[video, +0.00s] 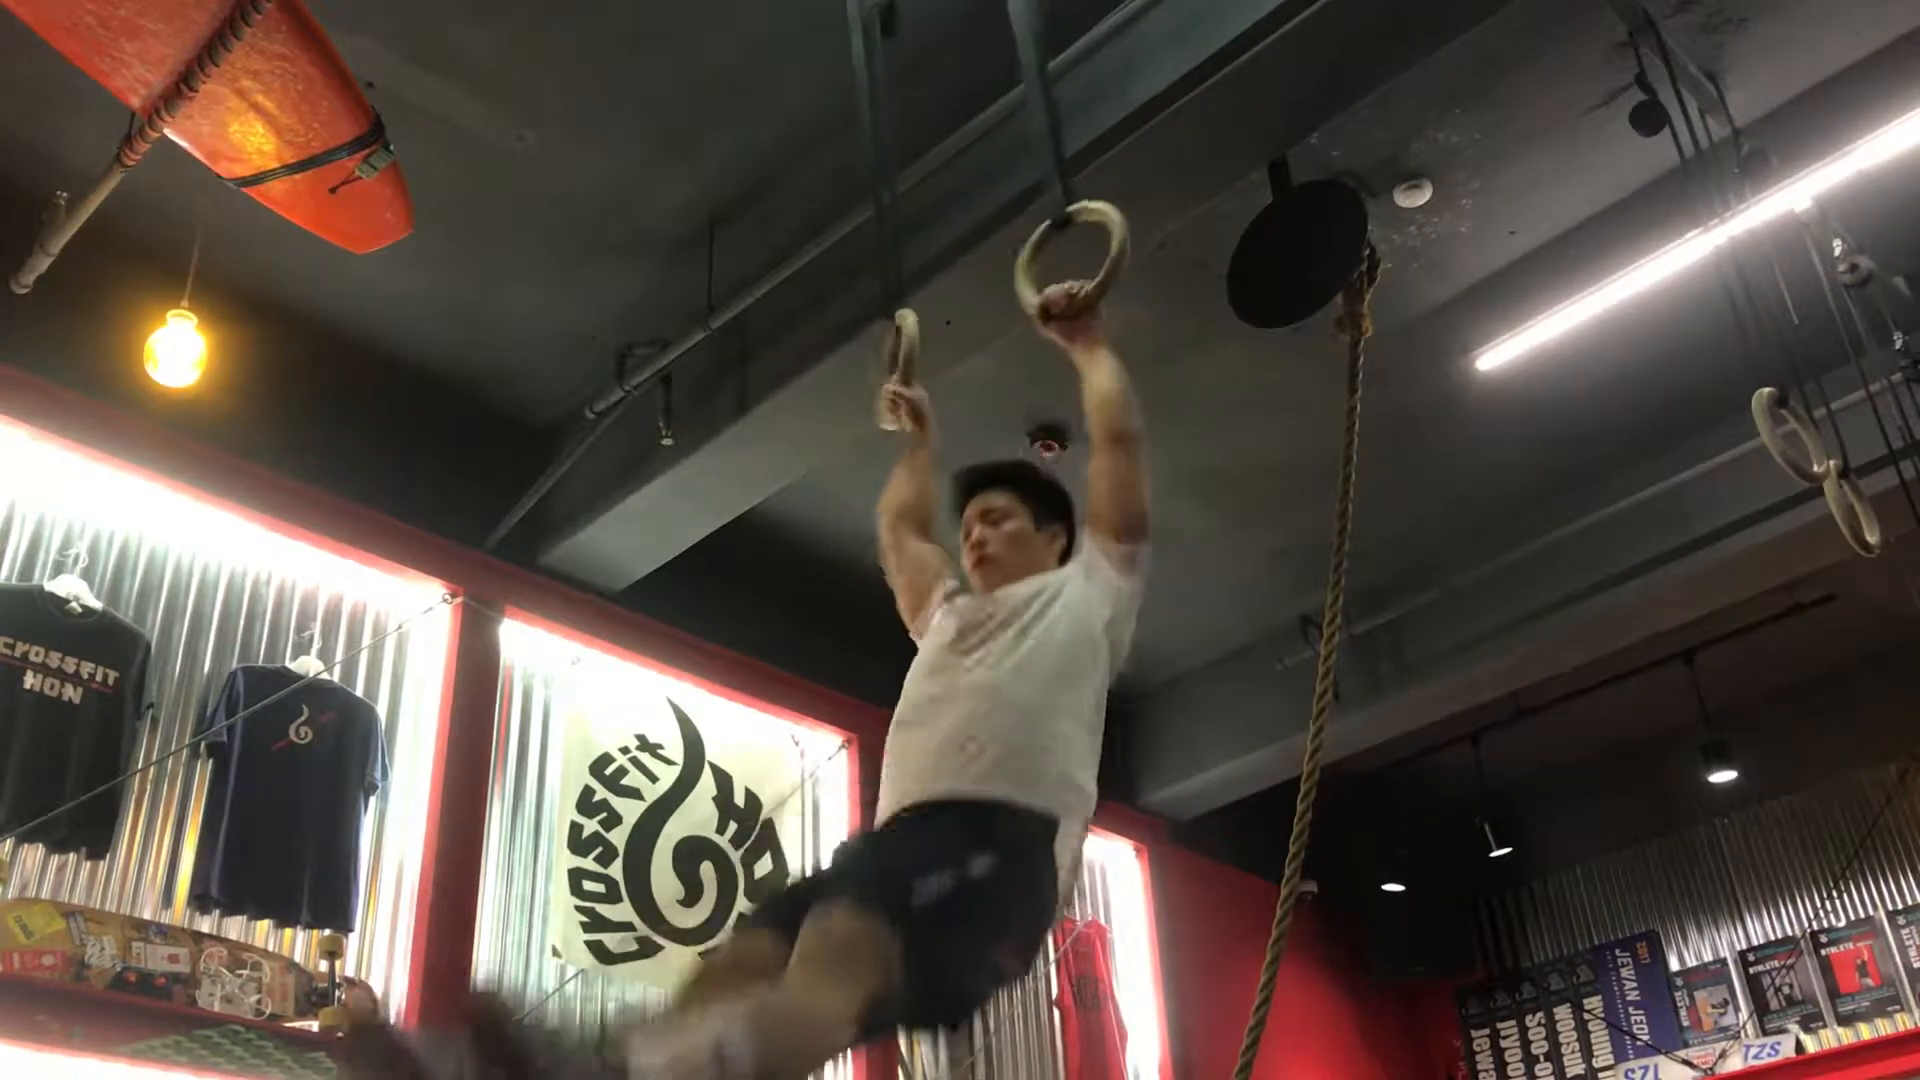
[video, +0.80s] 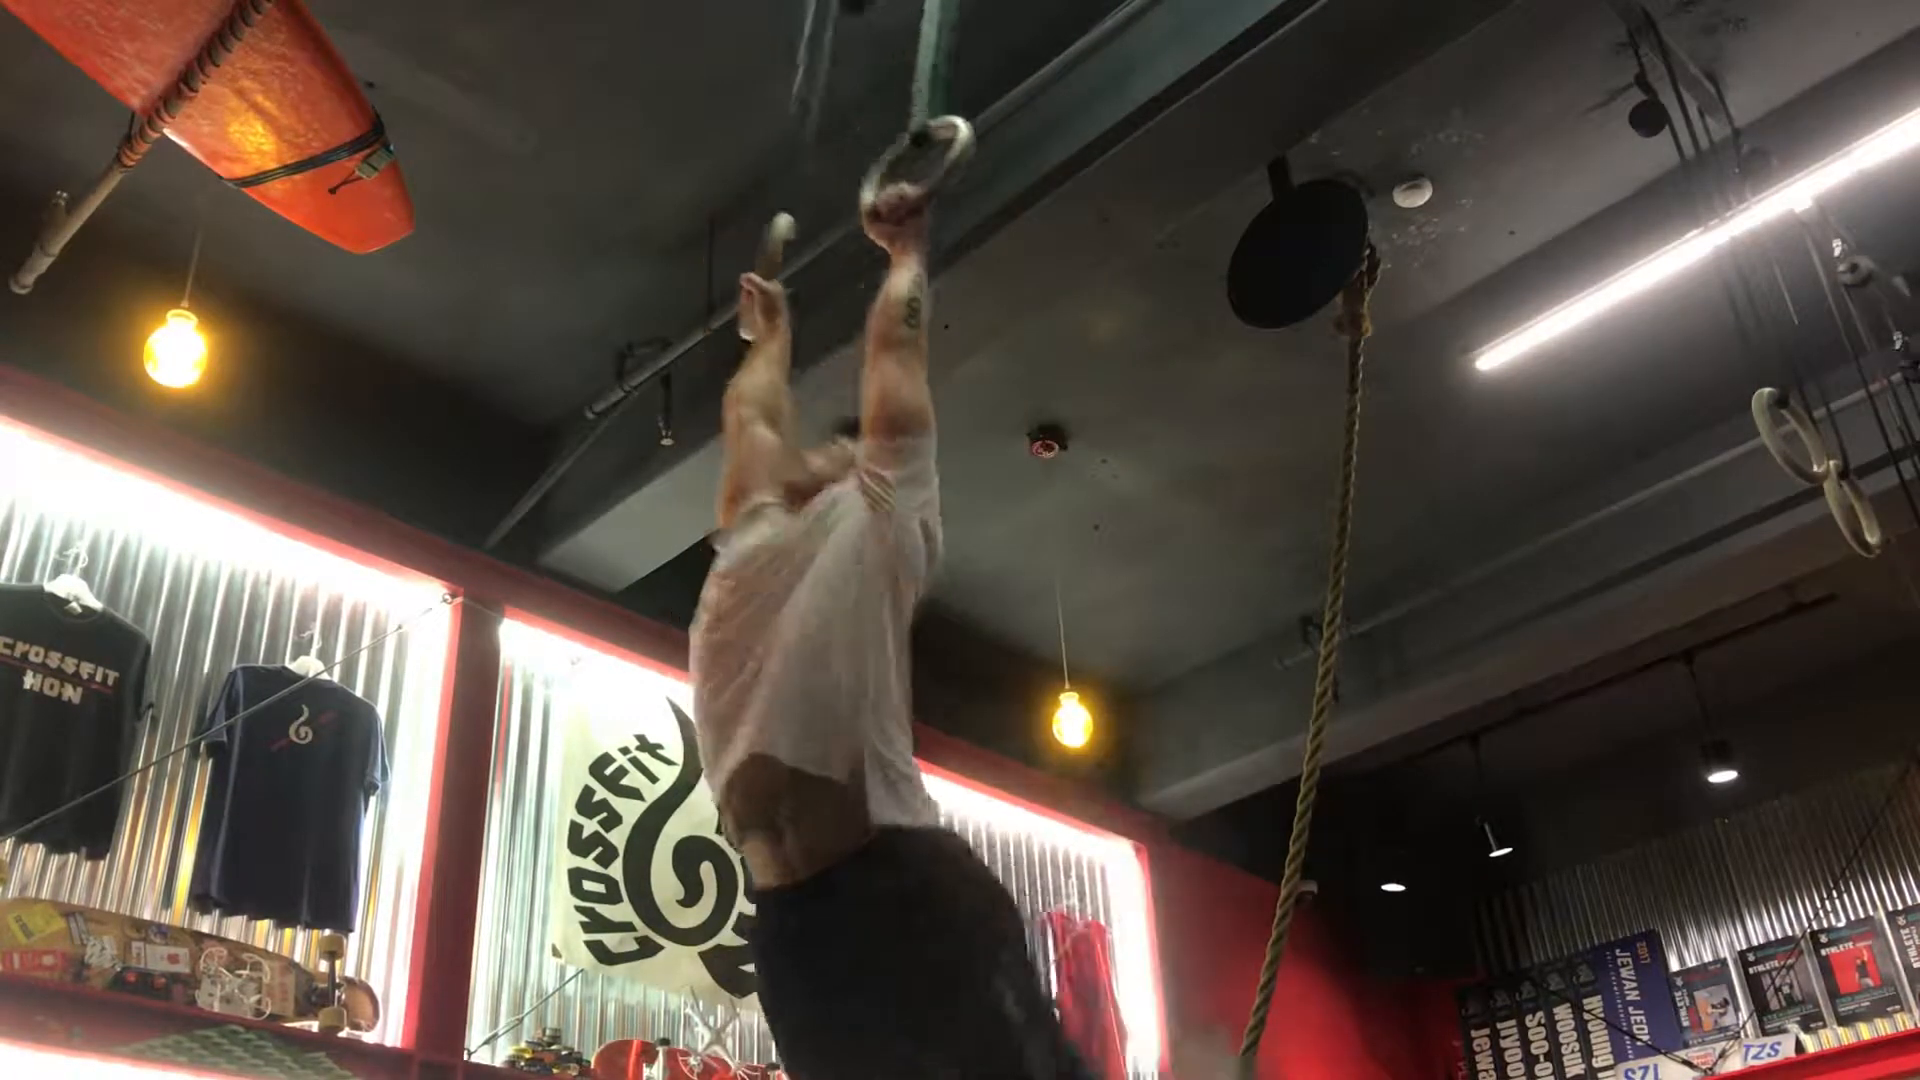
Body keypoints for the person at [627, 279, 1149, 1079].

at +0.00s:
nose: (976, 533)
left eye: (997, 518)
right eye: (969, 527)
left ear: (1055, 535)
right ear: (962, 551)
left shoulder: (1091, 593)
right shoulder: (944, 618)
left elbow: (1117, 438)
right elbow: (902, 531)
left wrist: (1089, 346)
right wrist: (916, 439)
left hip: (996, 843)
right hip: (887, 845)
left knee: (843, 945)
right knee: (736, 960)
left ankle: (697, 1059)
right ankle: (604, 1059)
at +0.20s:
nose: (880, 516)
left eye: (898, 498)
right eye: (868, 505)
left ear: (952, 504)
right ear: (861, 523)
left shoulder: (997, 561)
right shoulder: (857, 602)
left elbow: (1001, 405)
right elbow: (850, 493)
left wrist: (997, 306)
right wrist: (856, 392)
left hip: (931, 886)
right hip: (826, 897)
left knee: (924, 1064)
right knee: (780, 1064)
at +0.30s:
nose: (798, 471)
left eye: (818, 452)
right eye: (791, 459)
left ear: (881, 457)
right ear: (789, 480)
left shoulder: (925, 523)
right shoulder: (792, 570)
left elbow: (931, 369)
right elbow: (787, 478)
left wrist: (934, 268)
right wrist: (815, 360)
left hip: (889, 876)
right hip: (781, 893)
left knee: (933, 1062)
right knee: (778, 1065)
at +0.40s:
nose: (739, 429)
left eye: (759, 411)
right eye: (732, 417)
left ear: (825, 417)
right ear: (735, 437)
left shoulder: (867, 488)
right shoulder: (741, 543)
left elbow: (881, 330)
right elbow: (751, 447)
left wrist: (887, 223)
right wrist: (778, 340)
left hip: (876, 852)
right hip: (766, 888)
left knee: (1036, 1062)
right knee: (792, 1067)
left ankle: (1185, 1054)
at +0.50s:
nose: (715, 392)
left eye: (742, 377)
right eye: (708, 382)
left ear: (799, 401)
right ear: (706, 423)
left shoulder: (847, 467)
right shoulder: (714, 521)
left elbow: (854, 303)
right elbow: (720, 422)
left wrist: (862, 193)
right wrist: (745, 308)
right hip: (775, 891)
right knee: (820, 1068)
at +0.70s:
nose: (776, 402)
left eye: (801, 401)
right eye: (771, 398)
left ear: (834, 431)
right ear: (750, 438)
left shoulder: (857, 483)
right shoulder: (719, 515)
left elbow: (862, 316)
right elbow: (715, 398)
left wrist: (868, 208)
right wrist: (735, 311)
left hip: (900, 854)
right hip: (788, 901)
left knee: (1166, 1031)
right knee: (859, 1070)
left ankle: (1141, 840)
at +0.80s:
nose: (826, 450)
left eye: (846, 445)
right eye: (823, 442)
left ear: (870, 471)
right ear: (795, 469)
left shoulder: (881, 523)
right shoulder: (745, 541)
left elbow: (895, 351)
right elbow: (751, 417)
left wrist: (905, 249)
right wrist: (766, 334)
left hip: (905, 899)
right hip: (791, 937)